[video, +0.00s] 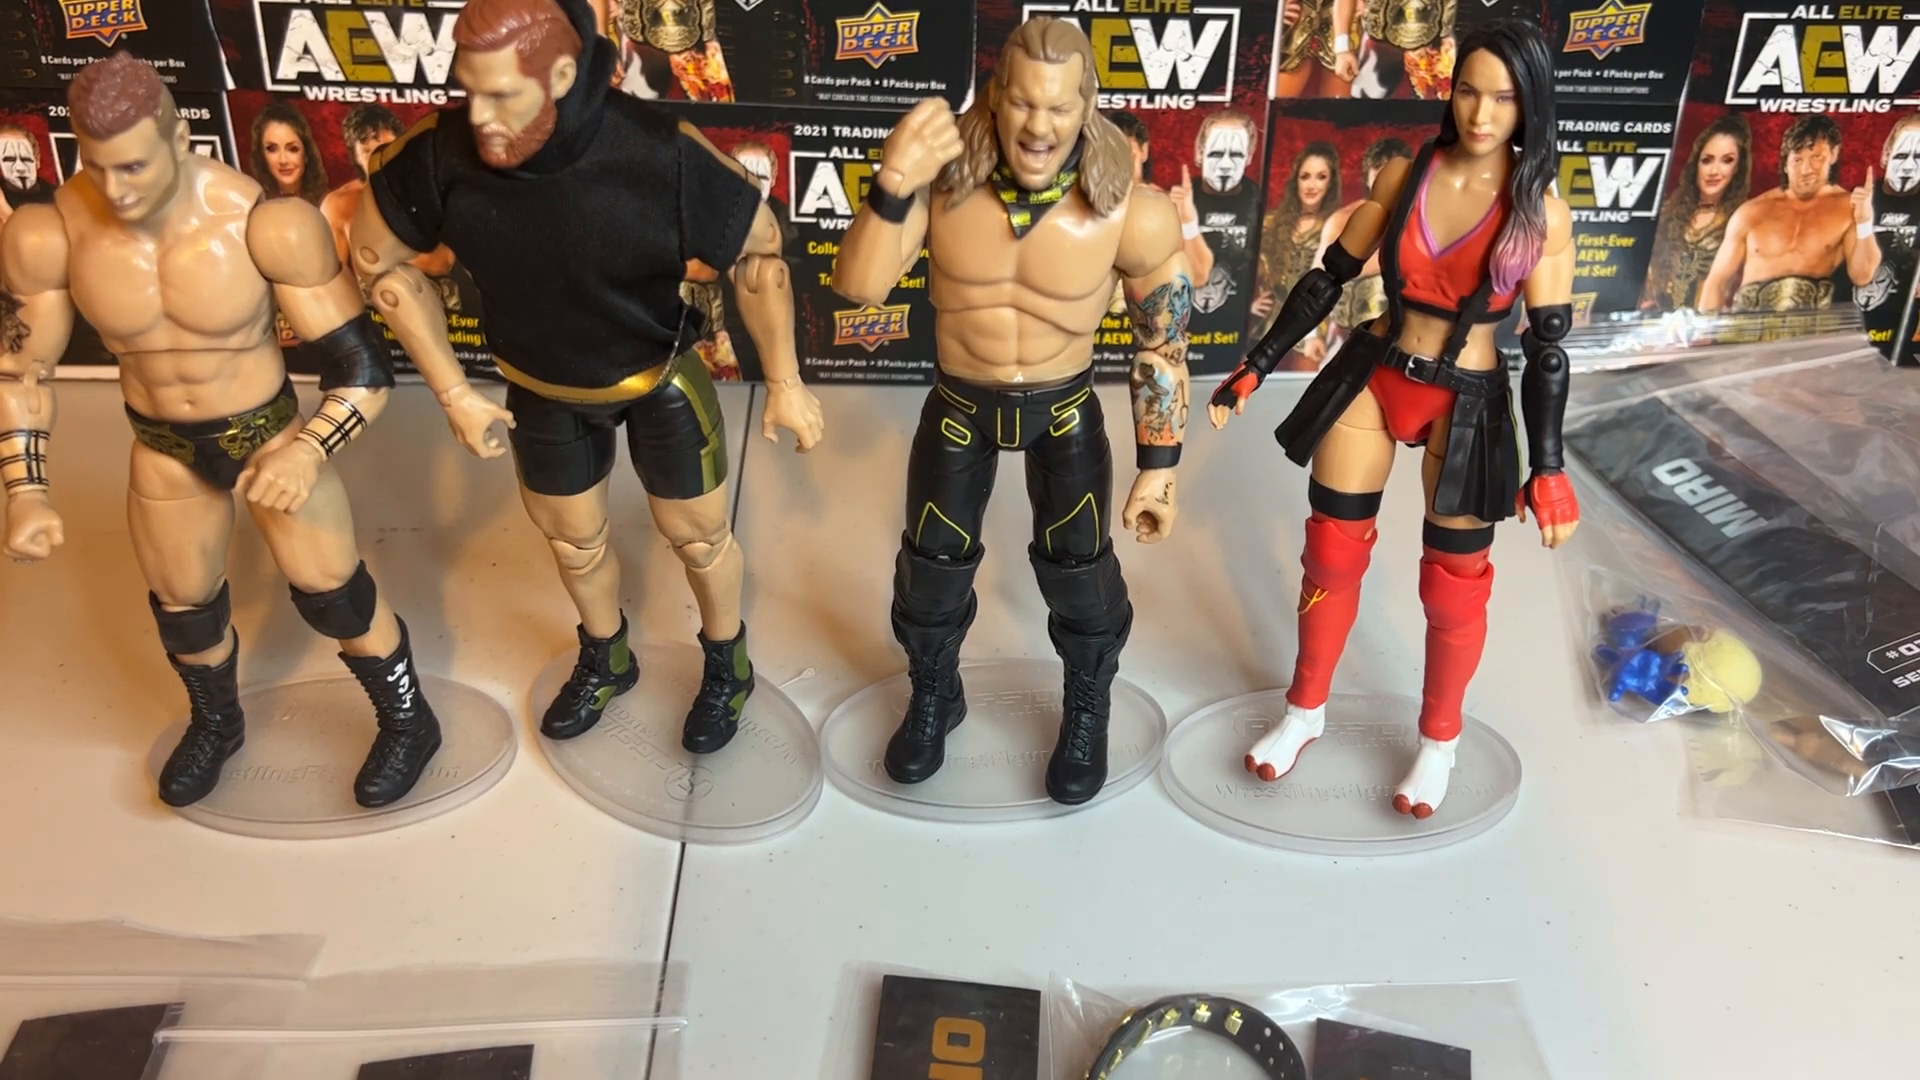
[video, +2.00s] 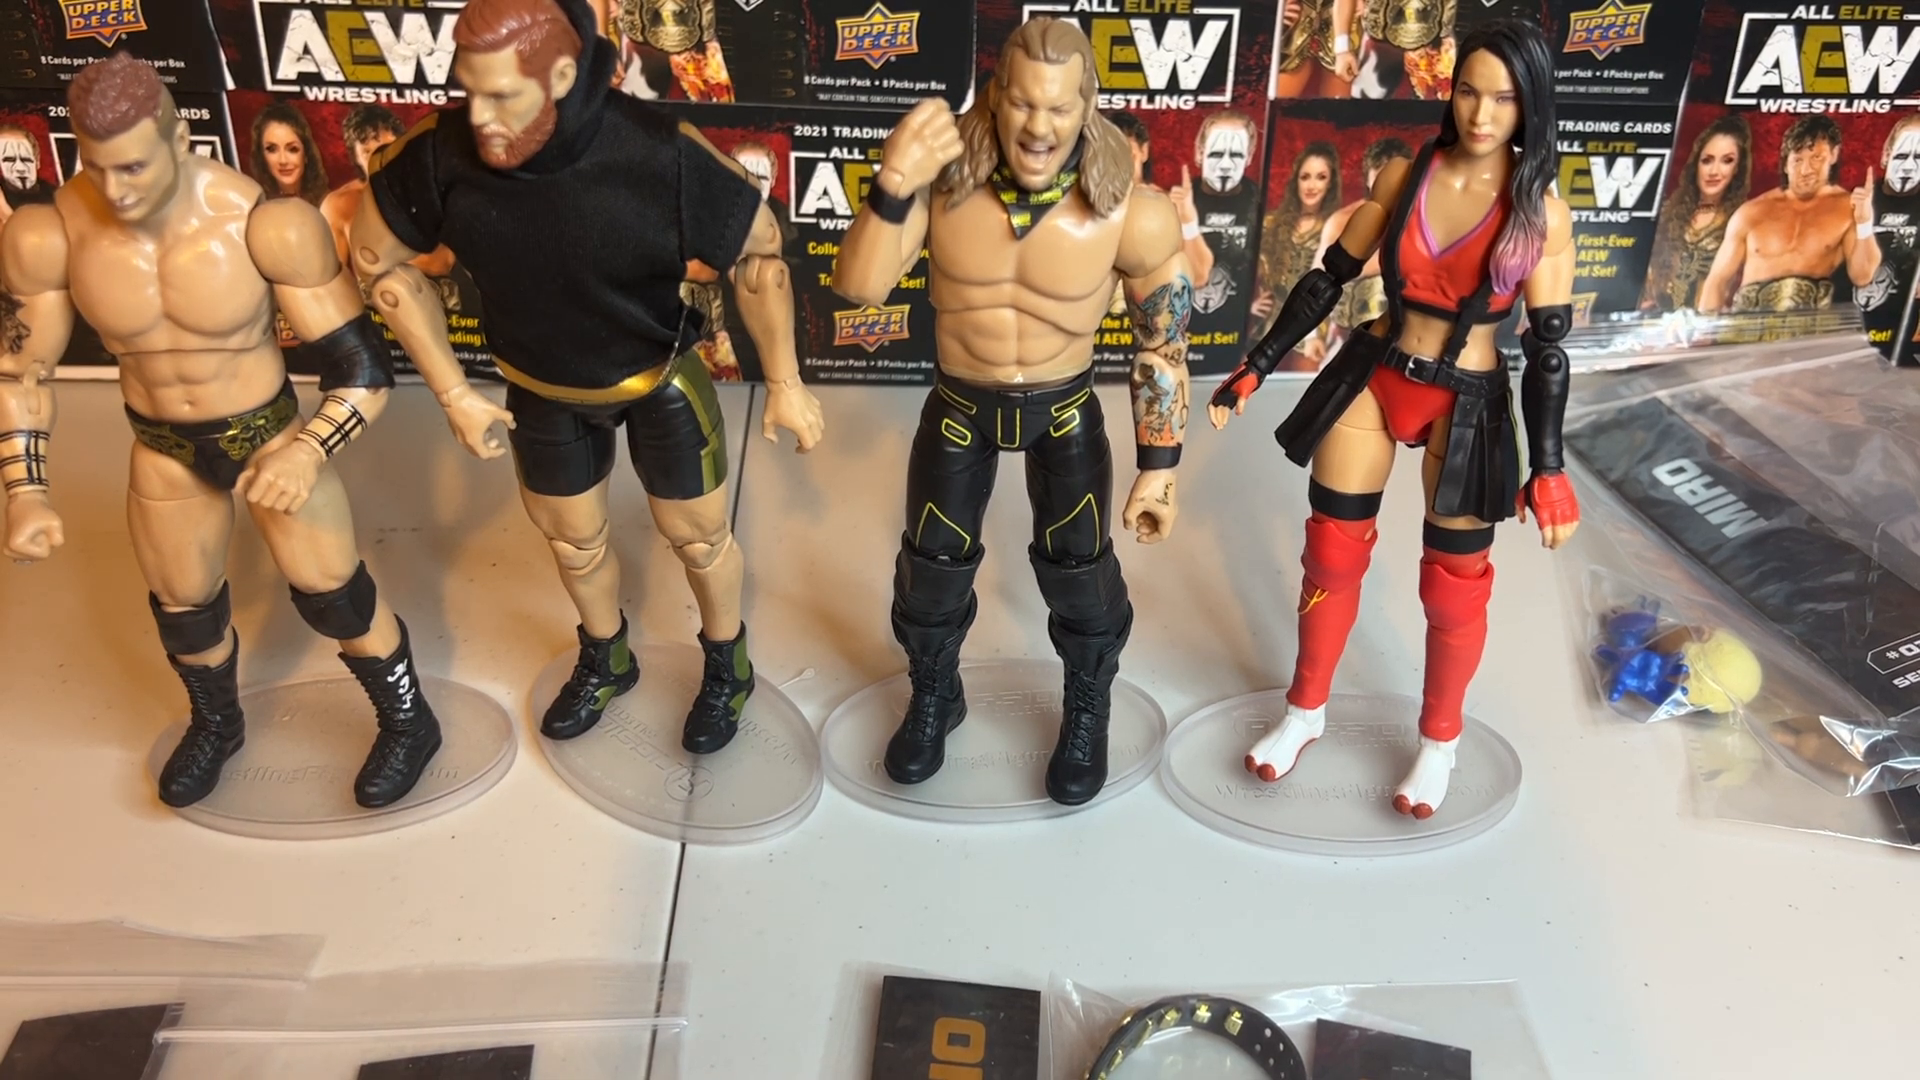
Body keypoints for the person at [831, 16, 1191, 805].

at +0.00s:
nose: (1040, 126)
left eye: (1060, 108)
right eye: (1024, 104)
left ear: (1086, 106)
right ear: (995, 95)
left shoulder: (1129, 206)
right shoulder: (943, 175)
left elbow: (1162, 337)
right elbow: (858, 286)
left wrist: (1161, 464)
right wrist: (892, 187)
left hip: (1064, 408)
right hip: (958, 402)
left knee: (1077, 567)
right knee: (933, 561)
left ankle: (1086, 712)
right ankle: (933, 697)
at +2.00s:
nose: (1039, 126)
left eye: (1060, 109)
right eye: (1024, 104)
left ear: (1086, 106)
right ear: (995, 95)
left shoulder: (1129, 208)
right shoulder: (943, 176)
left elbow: (1162, 337)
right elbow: (858, 287)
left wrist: (1161, 463)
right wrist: (892, 189)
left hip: (1064, 408)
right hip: (958, 403)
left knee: (1078, 568)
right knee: (933, 562)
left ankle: (1086, 712)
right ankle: (932, 698)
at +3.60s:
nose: (1040, 127)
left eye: (1060, 109)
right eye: (1024, 105)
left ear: (1086, 107)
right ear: (995, 96)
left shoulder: (1130, 208)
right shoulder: (944, 177)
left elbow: (1163, 337)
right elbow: (857, 287)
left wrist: (1161, 463)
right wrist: (892, 189)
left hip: (1064, 408)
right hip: (959, 403)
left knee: (1078, 569)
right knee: (932, 563)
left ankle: (1086, 715)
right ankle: (932, 700)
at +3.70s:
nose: (1039, 126)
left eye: (1059, 109)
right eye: (1024, 104)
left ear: (1086, 106)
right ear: (995, 94)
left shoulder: (1129, 207)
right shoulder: (943, 176)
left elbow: (1162, 337)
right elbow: (858, 286)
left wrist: (1160, 464)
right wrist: (891, 189)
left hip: (1064, 408)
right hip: (958, 403)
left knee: (1077, 568)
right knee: (932, 562)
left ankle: (1086, 712)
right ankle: (932, 699)